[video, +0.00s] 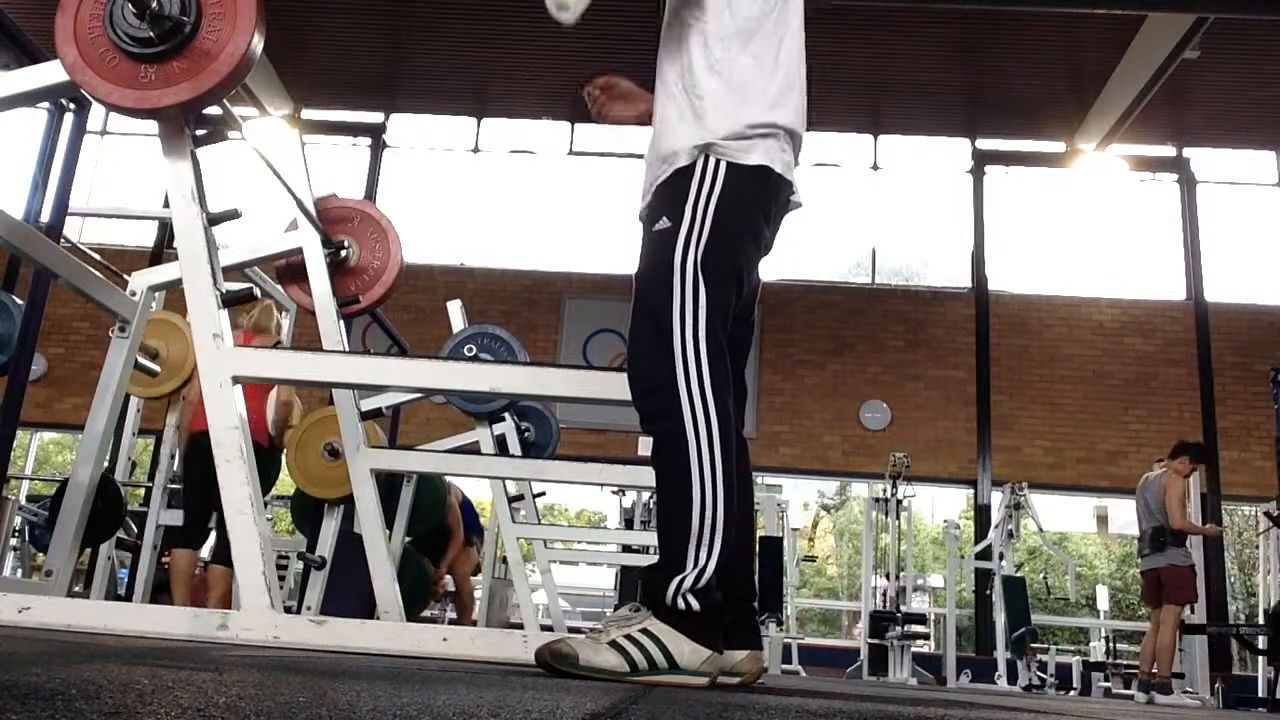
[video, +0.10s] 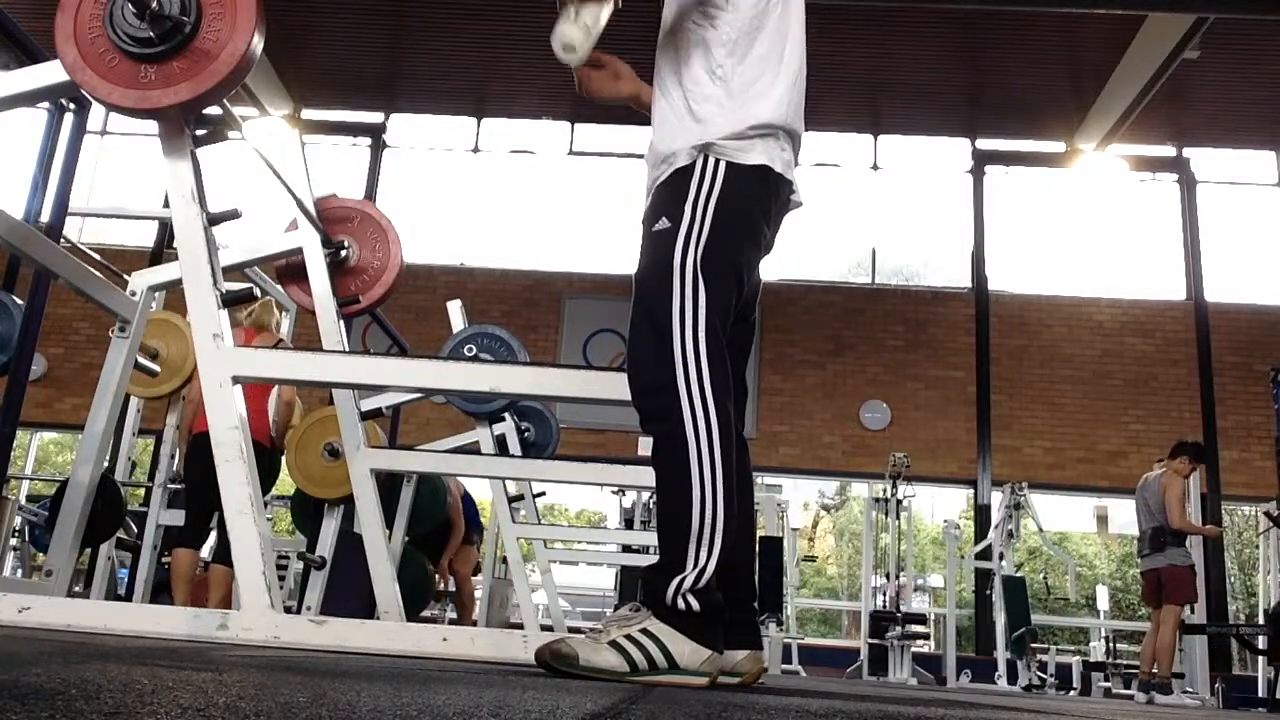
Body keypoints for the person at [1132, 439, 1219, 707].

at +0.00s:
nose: (1191, 475)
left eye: (1194, 470)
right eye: (1193, 469)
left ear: (1174, 459)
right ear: (1184, 461)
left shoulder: (1145, 480)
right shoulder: (1173, 480)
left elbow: (1146, 524)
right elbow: (1177, 523)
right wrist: (1206, 530)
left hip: (1149, 564)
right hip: (1173, 562)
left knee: (1155, 625)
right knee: (1169, 625)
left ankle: (1143, 685)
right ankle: (1164, 688)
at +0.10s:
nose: (1191, 475)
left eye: (1193, 470)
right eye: (1192, 469)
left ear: (1174, 459)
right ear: (1182, 461)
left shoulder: (1144, 480)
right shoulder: (1173, 480)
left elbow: (1147, 524)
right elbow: (1177, 522)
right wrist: (1205, 530)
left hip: (1149, 563)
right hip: (1173, 562)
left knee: (1156, 625)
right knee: (1169, 624)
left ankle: (1143, 685)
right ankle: (1164, 688)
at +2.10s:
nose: (1192, 469)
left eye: (1194, 464)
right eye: (1193, 463)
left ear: (1172, 457)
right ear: (1183, 458)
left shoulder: (1146, 480)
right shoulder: (1175, 480)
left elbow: (1147, 523)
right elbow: (1172, 518)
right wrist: (1187, 550)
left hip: (1148, 562)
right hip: (1170, 560)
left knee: (1156, 624)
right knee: (1168, 624)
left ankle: (1143, 685)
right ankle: (1163, 687)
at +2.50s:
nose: (1194, 471)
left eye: (1196, 466)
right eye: (1194, 465)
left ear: (1175, 459)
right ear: (1184, 459)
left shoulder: (1147, 480)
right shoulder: (1176, 480)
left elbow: (1147, 522)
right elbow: (1171, 518)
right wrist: (1187, 550)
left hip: (1148, 562)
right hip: (1170, 560)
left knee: (1155, 623)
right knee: (1168, 624)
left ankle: (1143, 685)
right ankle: (1163, 687)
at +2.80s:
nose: (1195, 472)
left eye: (1197, 467)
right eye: (1196, 466)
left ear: (1176, 459)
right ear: (1185, 459)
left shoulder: (1149, 480)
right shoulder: (1176, 480)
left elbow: (1149, 521)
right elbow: (1168, 517)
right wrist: (1188, 549)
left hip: (1149, 560)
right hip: (1169, 559)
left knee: (1156, 623)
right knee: (1167, 623)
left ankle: (1143, 684)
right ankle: (1163, 687)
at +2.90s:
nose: (1195, 472)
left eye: (1197, 467)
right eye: (1196, 466)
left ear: (1176, 459)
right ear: (1185, 459)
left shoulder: (1149, 480)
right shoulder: (1176, 480)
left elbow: (1150, 521)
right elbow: (1167, 516)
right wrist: (1187, 549)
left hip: (1149, 561)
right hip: (1169, 559)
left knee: (1156, 623)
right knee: (1167, 623)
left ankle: (1143, 684)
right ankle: (1163, 687)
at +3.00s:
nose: (1196, 472)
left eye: (1198, 467)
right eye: (1196, 466)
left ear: (1177, 459)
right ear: (1185, 459)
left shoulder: (1150, 480)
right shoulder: (1176, 480)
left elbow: (1151, 522)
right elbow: (1166, 517)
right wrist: (1185, 556)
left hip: (1149, 562)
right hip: (1170, 561)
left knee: (1156, 624)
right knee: (1167, 625)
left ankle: (1143, 684)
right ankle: (1163, 687)